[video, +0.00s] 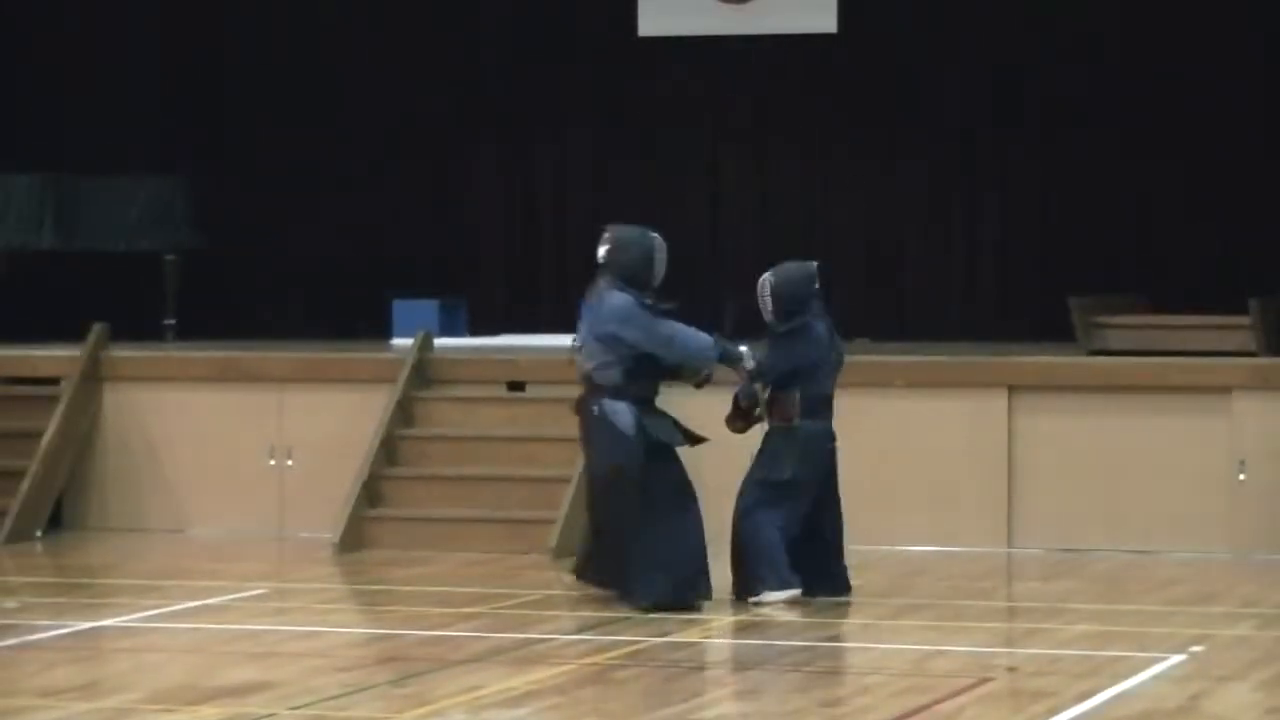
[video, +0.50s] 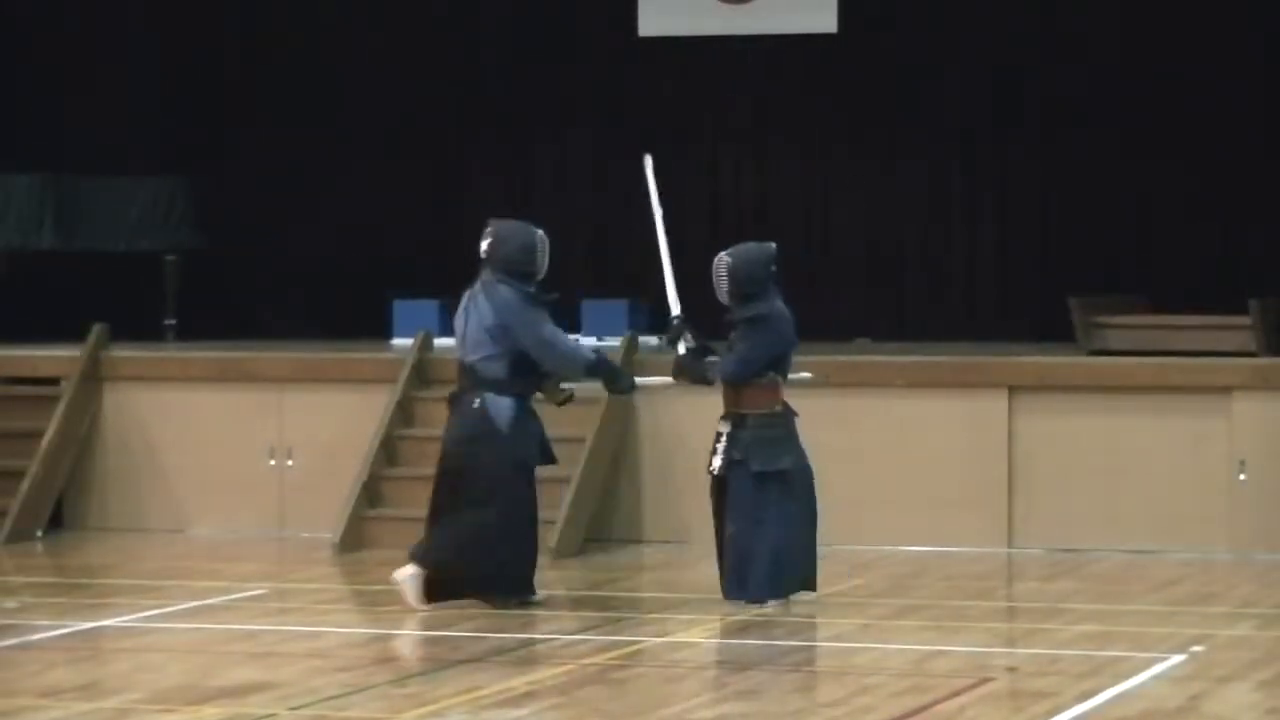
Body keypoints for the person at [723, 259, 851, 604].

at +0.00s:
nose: (766, 305)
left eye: (770, 298)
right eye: (766, 298)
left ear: (784, 299)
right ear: (806, 295)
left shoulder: (795, 338)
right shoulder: (823, 333)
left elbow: (763, 375)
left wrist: (745, 401)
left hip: (791, 437)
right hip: (818, 437)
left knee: (755, 507)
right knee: (815, 510)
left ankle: (775, 584)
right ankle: (827, 582)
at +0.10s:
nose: (763, 303)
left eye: (767, 297)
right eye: (763, 296)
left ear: (782, 299)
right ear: (800, 296)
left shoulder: (796, 337)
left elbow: (760, 381)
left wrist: (738, 399)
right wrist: (749, 406)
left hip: (795, 436)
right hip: (811, 432)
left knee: (757, 505)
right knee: (806, 511)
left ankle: (772, 585)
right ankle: (821, 580)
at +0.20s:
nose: (756, 299)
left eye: (761, 292)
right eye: (757, 291)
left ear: (776, 294)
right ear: (792, 292)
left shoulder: (798, 334)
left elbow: (760, 380)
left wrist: (730, 384)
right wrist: (724, 399)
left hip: (793, 433)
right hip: (793, 431)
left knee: (764, 507)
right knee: (804, 509)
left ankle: (767, 587)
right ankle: (820, 577)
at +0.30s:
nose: (744, 292)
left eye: (749, 285)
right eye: (745, 285)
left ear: (765, 286)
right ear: (778, 285)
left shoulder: (791, 326)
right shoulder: (776, 323)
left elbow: (762, 369)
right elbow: (759, 370)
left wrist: (727, 374)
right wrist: (716, 373)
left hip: (784, 429)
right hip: (777, 427)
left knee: (766, 506)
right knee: (804, 500)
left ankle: (768, 588)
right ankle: (816, 569)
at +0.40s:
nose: (734, 287)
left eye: (739, 279)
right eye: (734, 280)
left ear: (757, 281)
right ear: (765, 281)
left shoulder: (782, 324)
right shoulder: (758, 323)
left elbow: (747, 368)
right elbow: (735, 368)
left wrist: (704, 356)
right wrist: (698, 354)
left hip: (777, 430)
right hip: (756, 428)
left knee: (772, 507)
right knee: (752, 508)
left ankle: (779, 589)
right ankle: (765, 587)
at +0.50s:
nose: (723, 286)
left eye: (727, 278)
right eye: (723, 278)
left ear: (745, 280)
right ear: (754, 280)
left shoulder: (769, 322)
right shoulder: (748, 318)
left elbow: (734, 369)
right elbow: (728, 359)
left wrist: (696, 361)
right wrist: (694, 343)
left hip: (763, 430)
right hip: (743, 426)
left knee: (758, 509)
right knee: (743, 508)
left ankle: (767, 593)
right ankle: (750, 591)